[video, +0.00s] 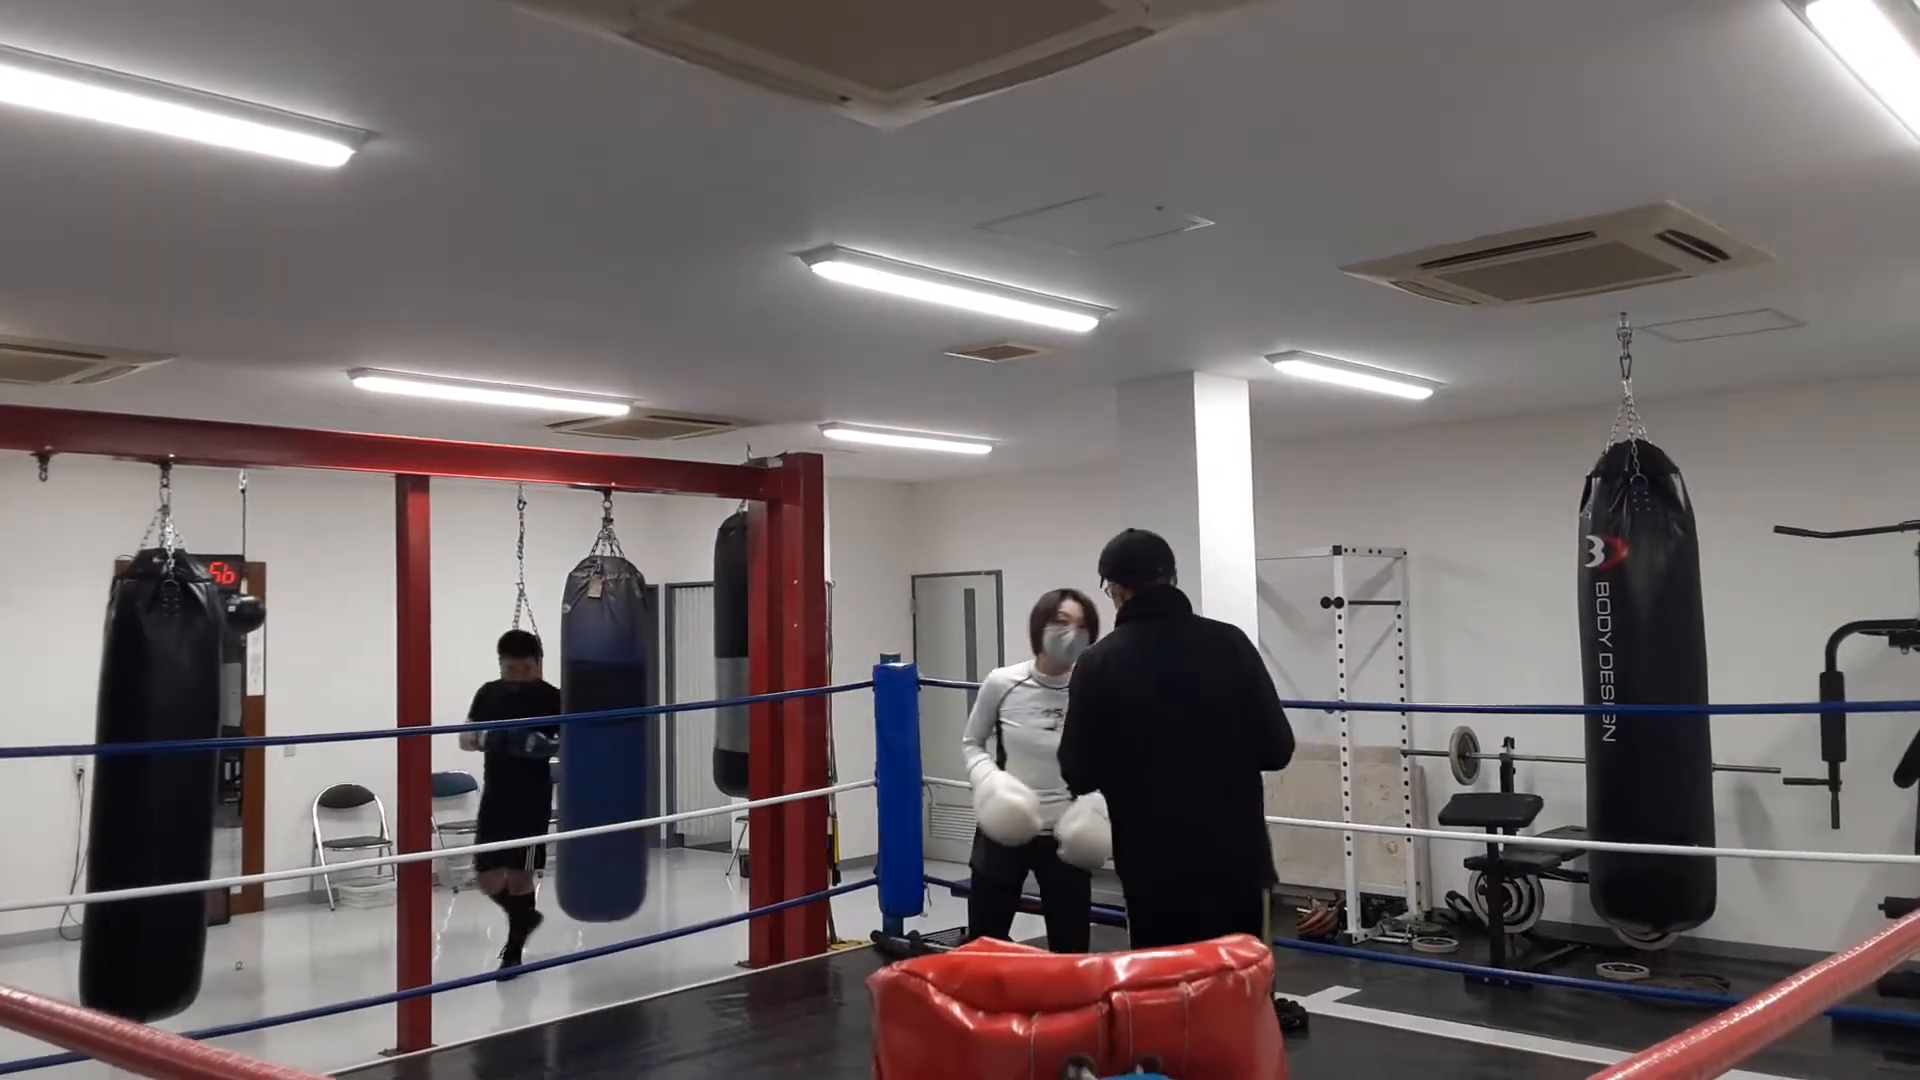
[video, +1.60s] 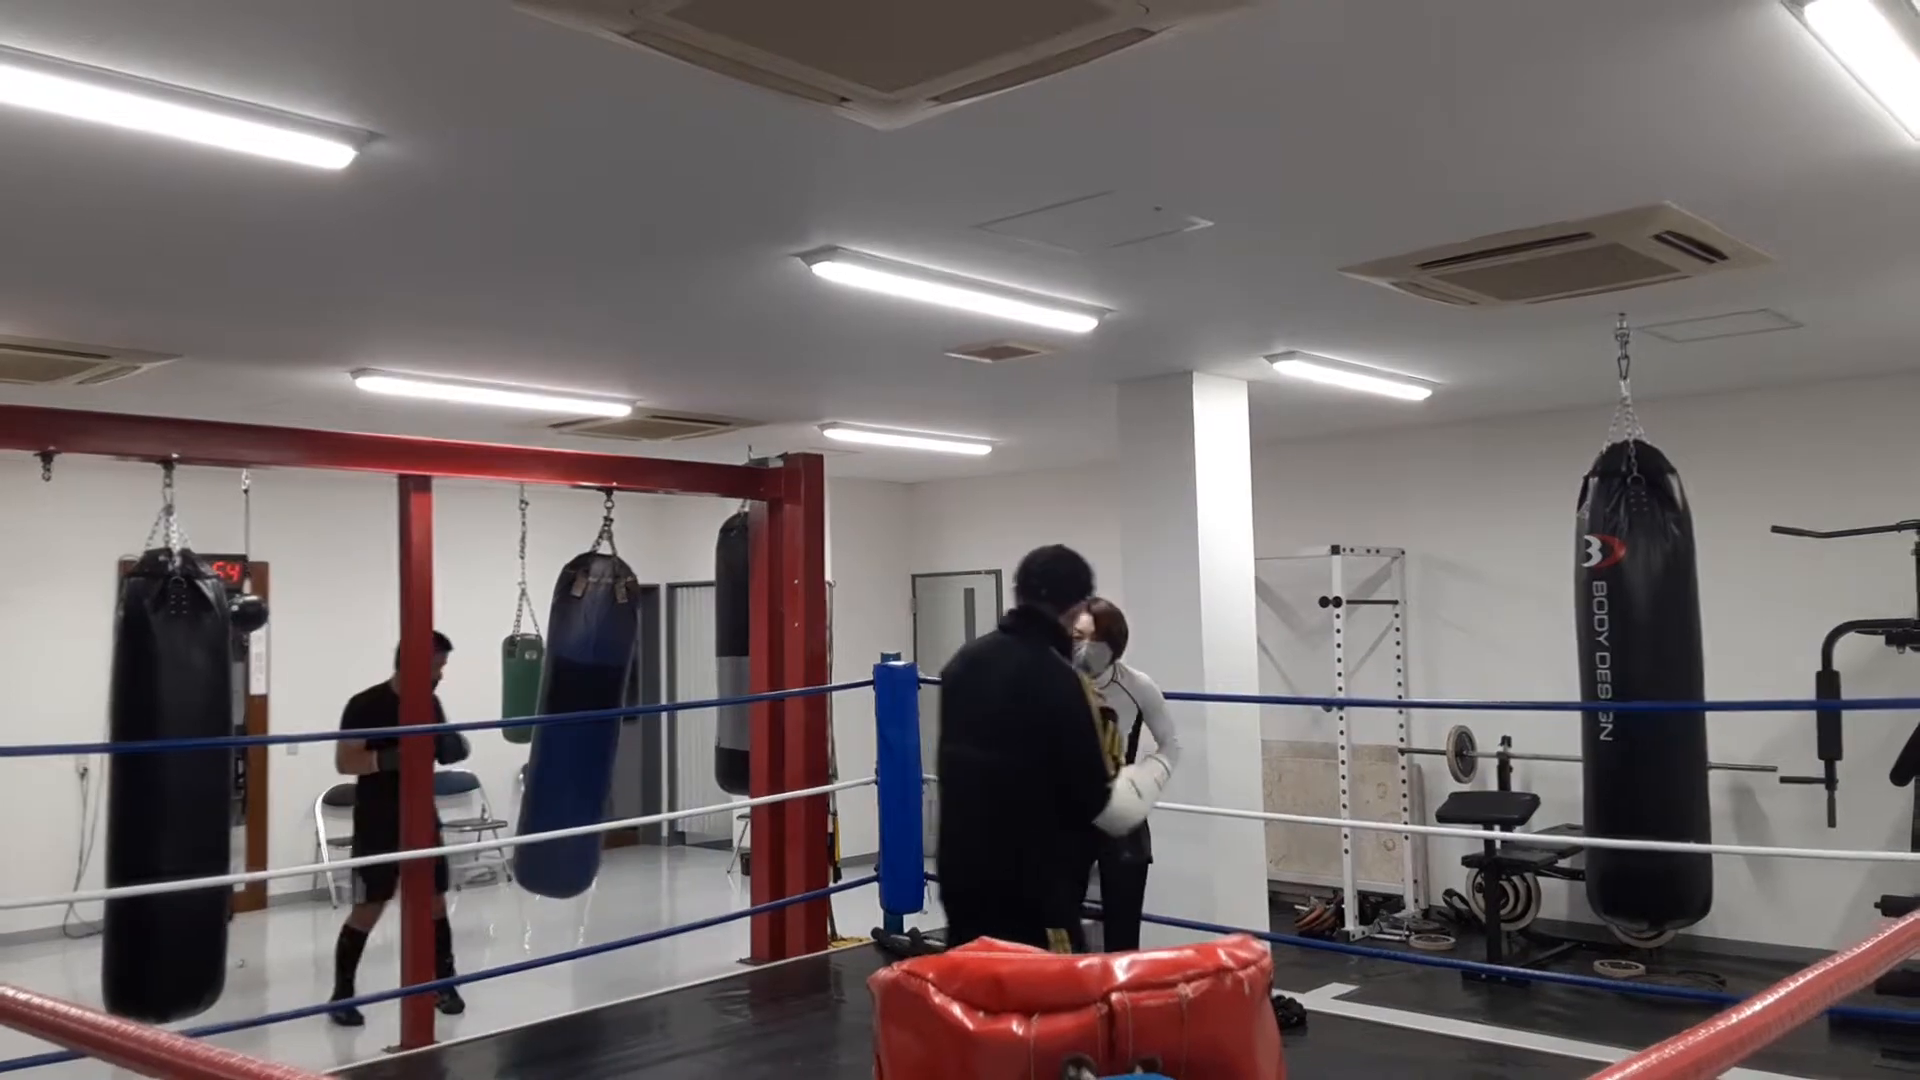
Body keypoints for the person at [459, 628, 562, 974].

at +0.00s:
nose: (514, 675)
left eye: (522, 668)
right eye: (508, 667)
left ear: (538, 663)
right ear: (501, 664)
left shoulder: (553, 698)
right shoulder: (489, 693)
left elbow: (572, 739)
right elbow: (465, 739)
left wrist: (551, 745)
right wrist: (488, 740)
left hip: (534, 791)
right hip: (497, 790)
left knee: (520, 874)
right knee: (487, 874)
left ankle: (512, 951)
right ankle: (523, 915)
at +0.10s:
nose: (509, 672)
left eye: (517, 665)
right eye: (502, 665)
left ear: (531, 662)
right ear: (494, 663)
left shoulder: (543, 696)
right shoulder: (481, 693)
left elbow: (566, 743)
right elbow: (457, 739)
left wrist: (534, 742)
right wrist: (479, 736)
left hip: (524, 796)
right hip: (484, 794)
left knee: (516, 876)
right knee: (466, 874)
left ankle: (512, 953)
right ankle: (495, 927)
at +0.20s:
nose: (502, 671)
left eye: (509, 663)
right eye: (495, 664)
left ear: (523, 660)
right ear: (487, 663)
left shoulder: (538, 696)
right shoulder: (476, 693)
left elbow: (556, 746)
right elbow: (451, 741)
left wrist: (525, 740)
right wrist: (475, 735)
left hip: (519, 797)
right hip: (478, 795)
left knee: (516, 876)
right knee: (455, 872)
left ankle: (512, 954)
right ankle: (462, 947)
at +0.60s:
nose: (465, 674)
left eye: (471, 665)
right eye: (456, 667)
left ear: (481, 661)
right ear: (443, 665)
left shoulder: (499, 699)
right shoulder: (428, 700)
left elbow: (520, 748)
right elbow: (409, 745)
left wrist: (486, 746)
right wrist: (434, 746)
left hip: (479, 808)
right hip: (434, 808)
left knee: (479, 884)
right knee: (432, 887)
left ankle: (500, 943)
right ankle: (429, 967)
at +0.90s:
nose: (458, 675)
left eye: (465, 666)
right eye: (450, 667)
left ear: (473, 664)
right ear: (432, 663)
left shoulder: (479, 702)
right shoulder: (405, 701)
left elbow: (501, 752)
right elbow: (378, 754)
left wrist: (480, 744)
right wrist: (422, 747)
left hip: (462, 810)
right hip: (417, 812)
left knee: (455, 894)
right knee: (420, 896)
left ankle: (451, 981)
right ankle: (428, 977)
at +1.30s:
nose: (466, 678)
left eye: (470, 670)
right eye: (460, 669)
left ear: (472, 666)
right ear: (435, 664)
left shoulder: (465, 705)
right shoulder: (393, 699)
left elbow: (487, 758)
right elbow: (363, 753)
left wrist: (473, 750)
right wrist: (408, 751)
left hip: (446, 812)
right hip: (398, 813)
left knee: (447, 899)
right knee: (390, 897)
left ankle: (444, 986)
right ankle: (378, 981)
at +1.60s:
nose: (440, 675)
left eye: (442, 666)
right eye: (435, 666)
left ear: (437, 666)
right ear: (409, 663)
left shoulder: (428, 703)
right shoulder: (365, 706)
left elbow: (453, 749)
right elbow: (346, 762)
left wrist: (445, 746)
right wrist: (396, 756)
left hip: (422, 816)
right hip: (378, 820)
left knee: (434, 900)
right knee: (370, 905)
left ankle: (443, 982)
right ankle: (343, 994)